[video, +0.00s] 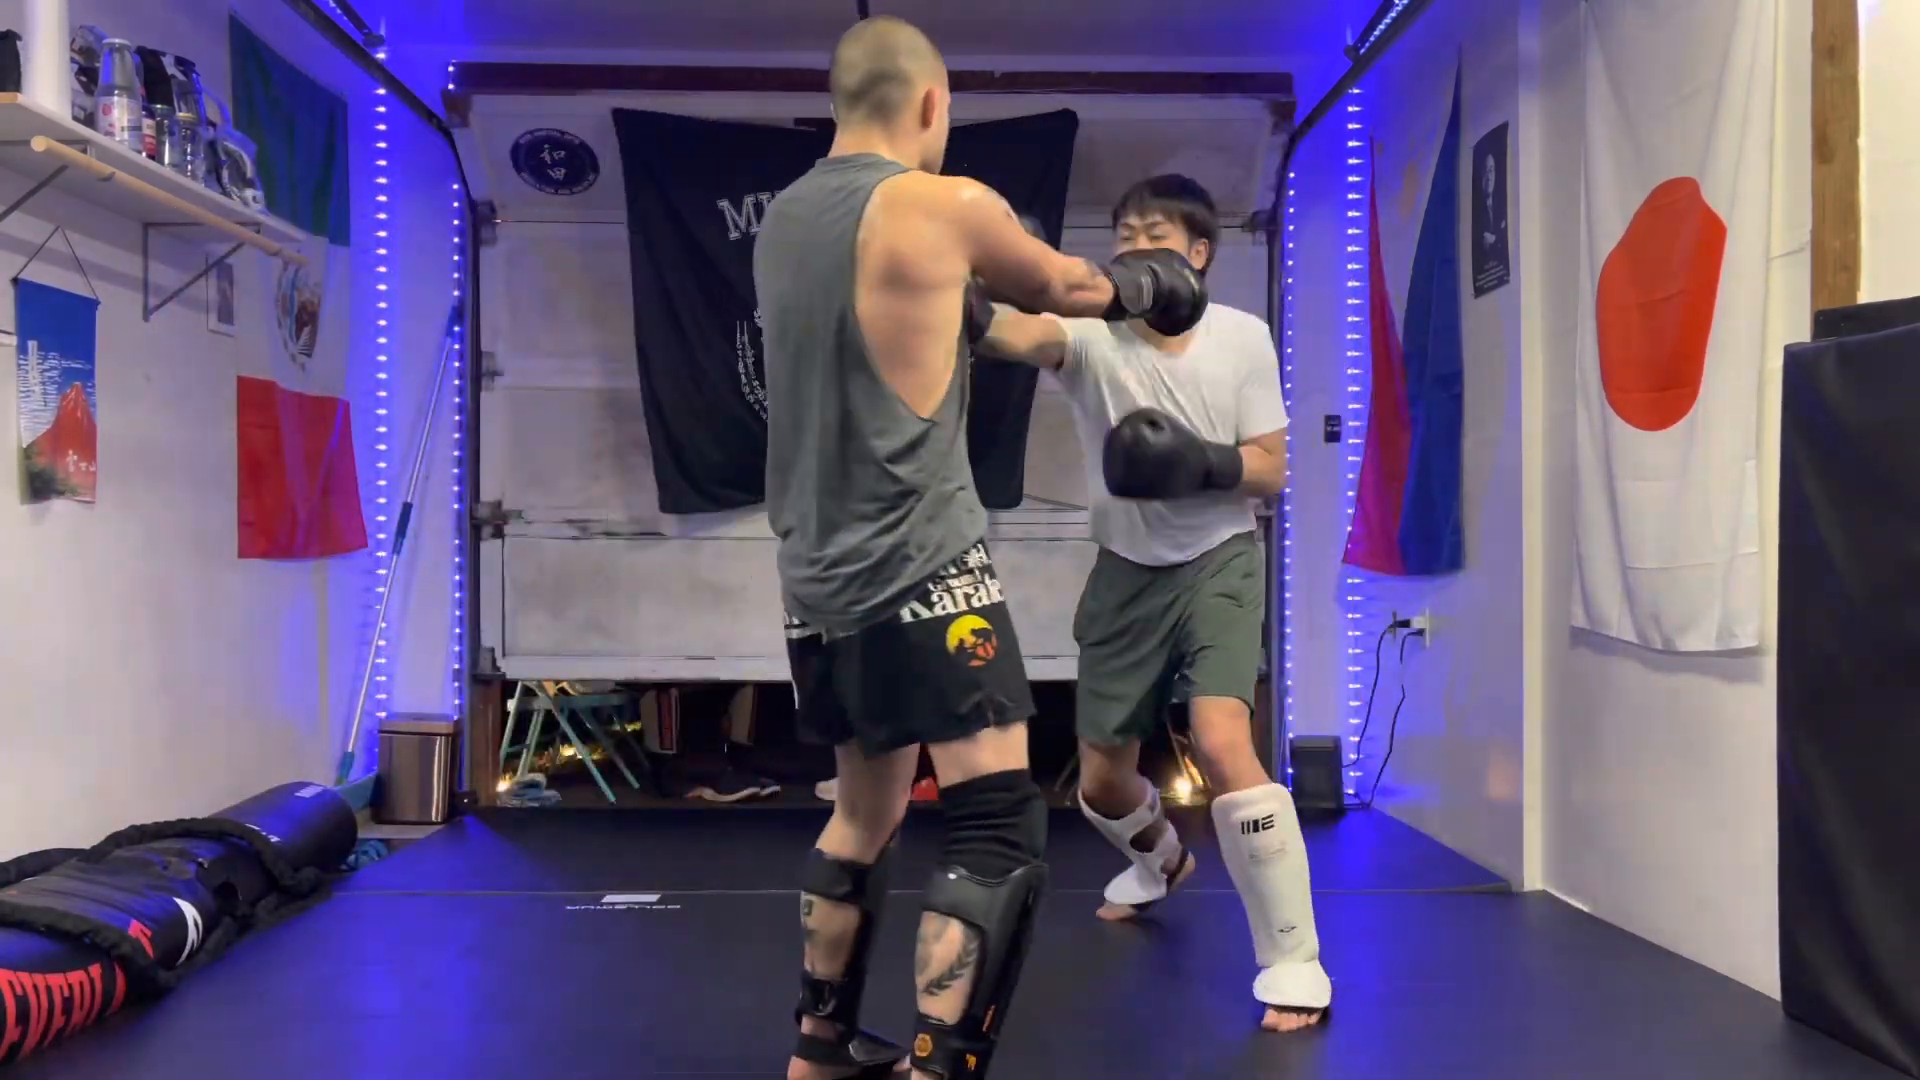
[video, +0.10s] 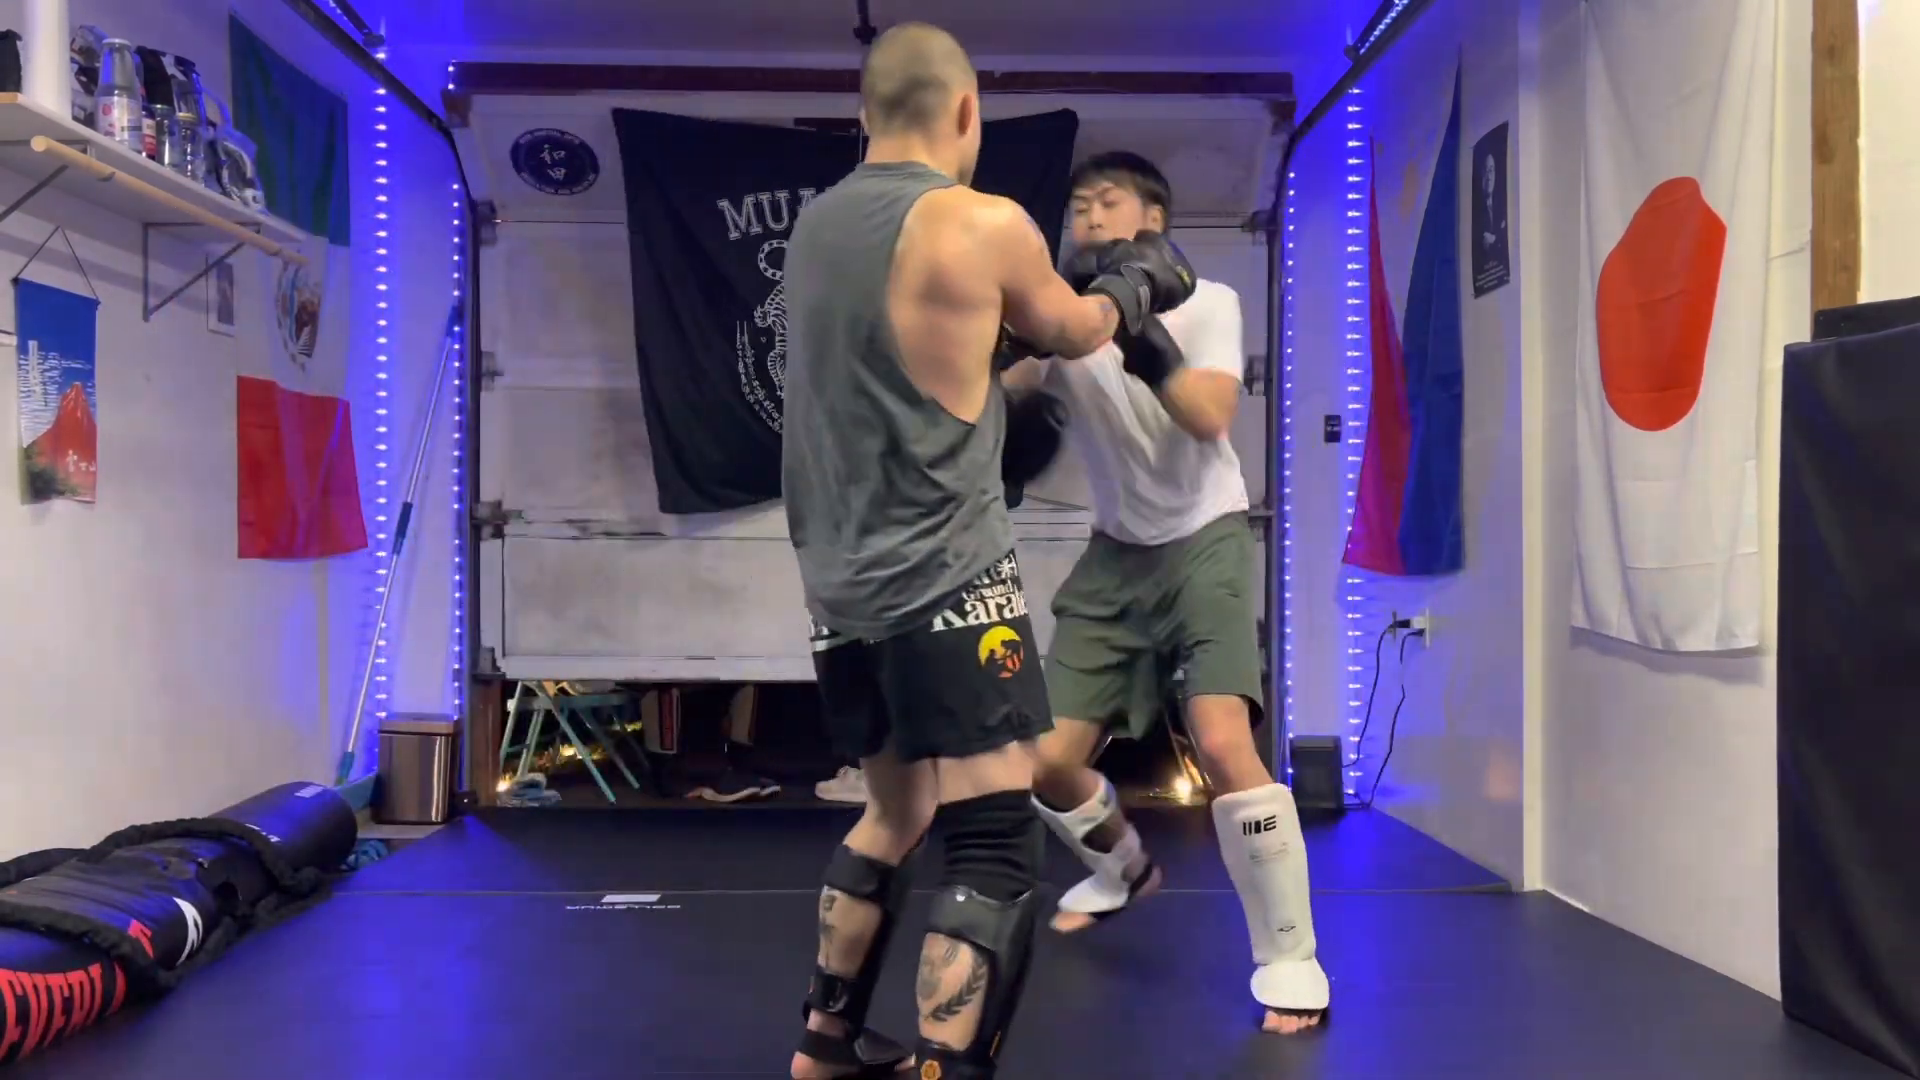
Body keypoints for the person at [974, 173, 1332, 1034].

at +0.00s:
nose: (1137, 255)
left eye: (1156, 241)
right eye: (1125, 241)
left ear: (1199, 252)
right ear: (1110, 252)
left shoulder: (1241, 339)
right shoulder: (1086, 331)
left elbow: (1271, 469)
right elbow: (1010, 332)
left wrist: (1197, 462)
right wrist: (951, 292)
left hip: (1222, 558)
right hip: (1126, 568)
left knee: (1220, 738)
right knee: (1101, 779)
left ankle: (1291, 961)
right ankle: (1162, 859)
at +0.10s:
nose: (1086, 220)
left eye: (1106, 204)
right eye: (1077, 209)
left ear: (1156, 219)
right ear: (1068, 228)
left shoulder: (1204, 302)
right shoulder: (1066, 315)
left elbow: (1211, 417)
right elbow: (990, 395)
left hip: (1208, 544)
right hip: (1115, 551)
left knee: (1218, 736)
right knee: (1052, 760)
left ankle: (1287, 959)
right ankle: (1123, 866)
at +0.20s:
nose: (1042, 201)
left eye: (1059, 183)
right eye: (1032, 190)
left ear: (1108, 192)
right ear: (1024, 206)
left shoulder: (1141, 257)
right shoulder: (1032, 289)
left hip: (1173, 513)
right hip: (1084, 533)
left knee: (1185, 709)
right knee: (1010, 712)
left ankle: (1284, 946)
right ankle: (1046, 923)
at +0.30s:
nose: (1025, 205)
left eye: (1040, 193)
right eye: (1017, 193)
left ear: (1068, 203)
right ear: (1004, 200)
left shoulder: (1079, 251)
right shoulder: (976, 273)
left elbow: (1106, 292)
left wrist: (1135, 206)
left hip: (1128, 460)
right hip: (1037, 498)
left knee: (1093, 587)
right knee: (998, 696)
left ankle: (1260, 794)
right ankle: (1040, 910)